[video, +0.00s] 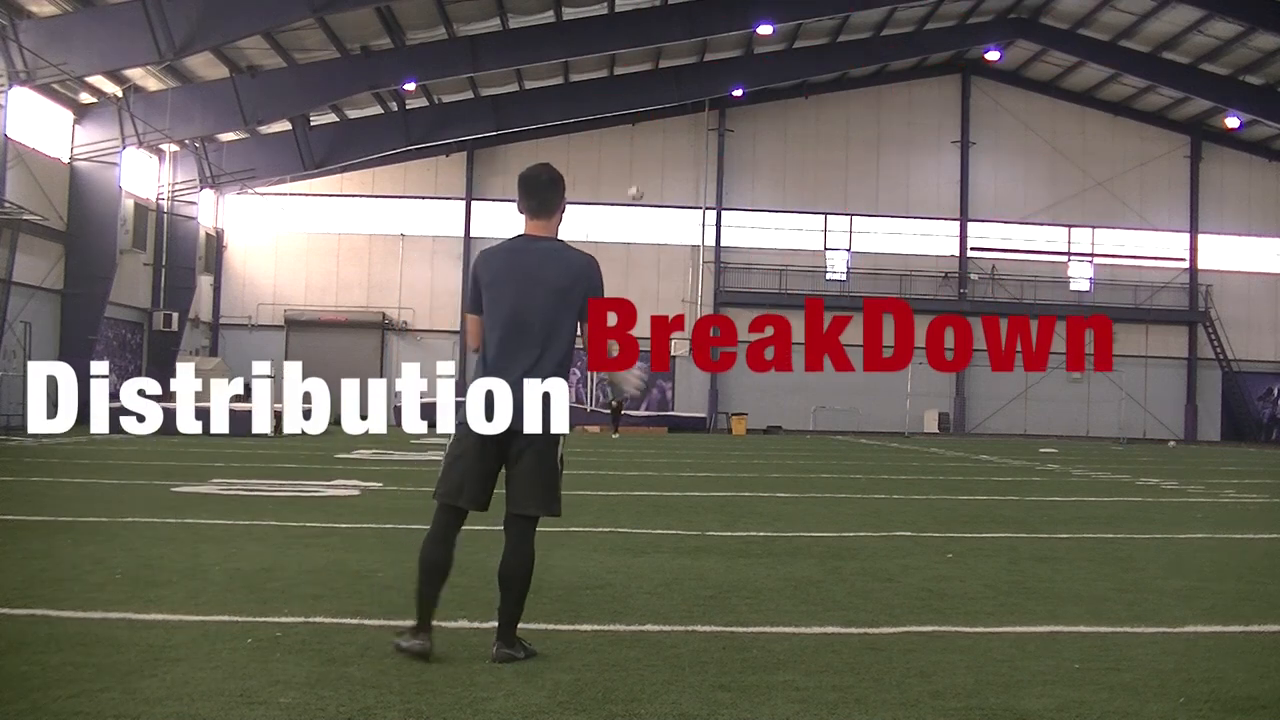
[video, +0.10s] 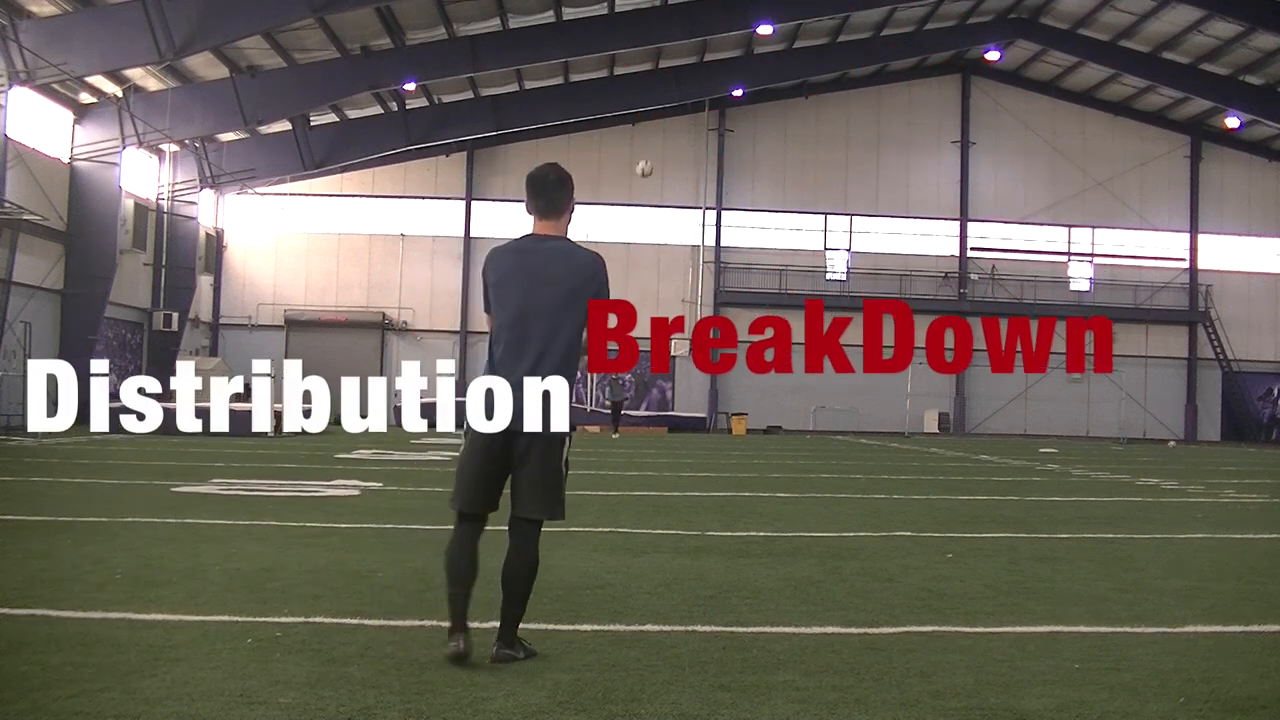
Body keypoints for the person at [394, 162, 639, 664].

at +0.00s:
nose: (563, 209)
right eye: (565, 201)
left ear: (520, 205)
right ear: (563, 205)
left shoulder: (487, 261)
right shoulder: (582, 267)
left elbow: (473, 340)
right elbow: (598, 343)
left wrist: (516, 326)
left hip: (484, 407)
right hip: (541, 413)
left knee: (447, 518)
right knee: (521, 529)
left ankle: (421, 629)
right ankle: (506, 639)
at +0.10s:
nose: (570, 210)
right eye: (573, 203)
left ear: (528, 206)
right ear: (571, 206)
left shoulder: (497, 259)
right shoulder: (589, 265)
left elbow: (493, 324)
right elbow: (595, 341)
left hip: (491, 407)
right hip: (547, 415)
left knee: (468, 519)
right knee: (526, 529)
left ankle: (458, 629)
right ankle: (507, 638)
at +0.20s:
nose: (570, 210)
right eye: (575, 201)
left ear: (533, 207)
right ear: (578, 206)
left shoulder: (505, 259)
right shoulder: (595, 266)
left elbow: (496, 326)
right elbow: (613, 339)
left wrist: (548, 325)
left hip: (501, 413)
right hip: (556, 420)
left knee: (495, 529)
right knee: (533, 534)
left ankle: (481, 647)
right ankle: (510, 638)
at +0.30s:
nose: (583, 211)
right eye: (586, 203)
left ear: (541, 207)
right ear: (585, 207)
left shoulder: (512, 264)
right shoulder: (601, 264)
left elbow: (526, 330)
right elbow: (616, 342)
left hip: (515, 420)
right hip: (572, 425)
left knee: (503, 532)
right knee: (573, 529)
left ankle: (484, 651)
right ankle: (532, 635)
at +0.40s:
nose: (601, 207)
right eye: (603, 200)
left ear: (557, 205)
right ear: (601, 204)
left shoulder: (528, 261)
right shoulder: (616, 262)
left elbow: (535, 323)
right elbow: (644, 326)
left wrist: (603, 325)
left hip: (530, 416)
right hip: (590, 421)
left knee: (508, 534)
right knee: (621, 523)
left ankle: (484, 652)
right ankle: (586, 634)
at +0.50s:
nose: (621, 209)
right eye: (624, 201)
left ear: (580, 204)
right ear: (626, 204)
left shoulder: (551, 262)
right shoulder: (641, 266)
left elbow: (547, 330)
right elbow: (685, 326)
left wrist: (606, 324)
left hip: (550, 426)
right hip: (614, 430)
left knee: (519, 536)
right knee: (657, 535)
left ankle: (487, 651)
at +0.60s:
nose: (646, 211)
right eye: (652, 203)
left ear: (607, 209)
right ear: (652, 207)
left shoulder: (579, 269)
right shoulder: (670, 271)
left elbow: (567, 344)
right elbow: (728, 310)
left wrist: (617, 321)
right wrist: (720, 273)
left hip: (583, 432)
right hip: (644, 434)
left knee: (537, 543)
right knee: (682, 548)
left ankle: (492, 650)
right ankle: (716, 665)